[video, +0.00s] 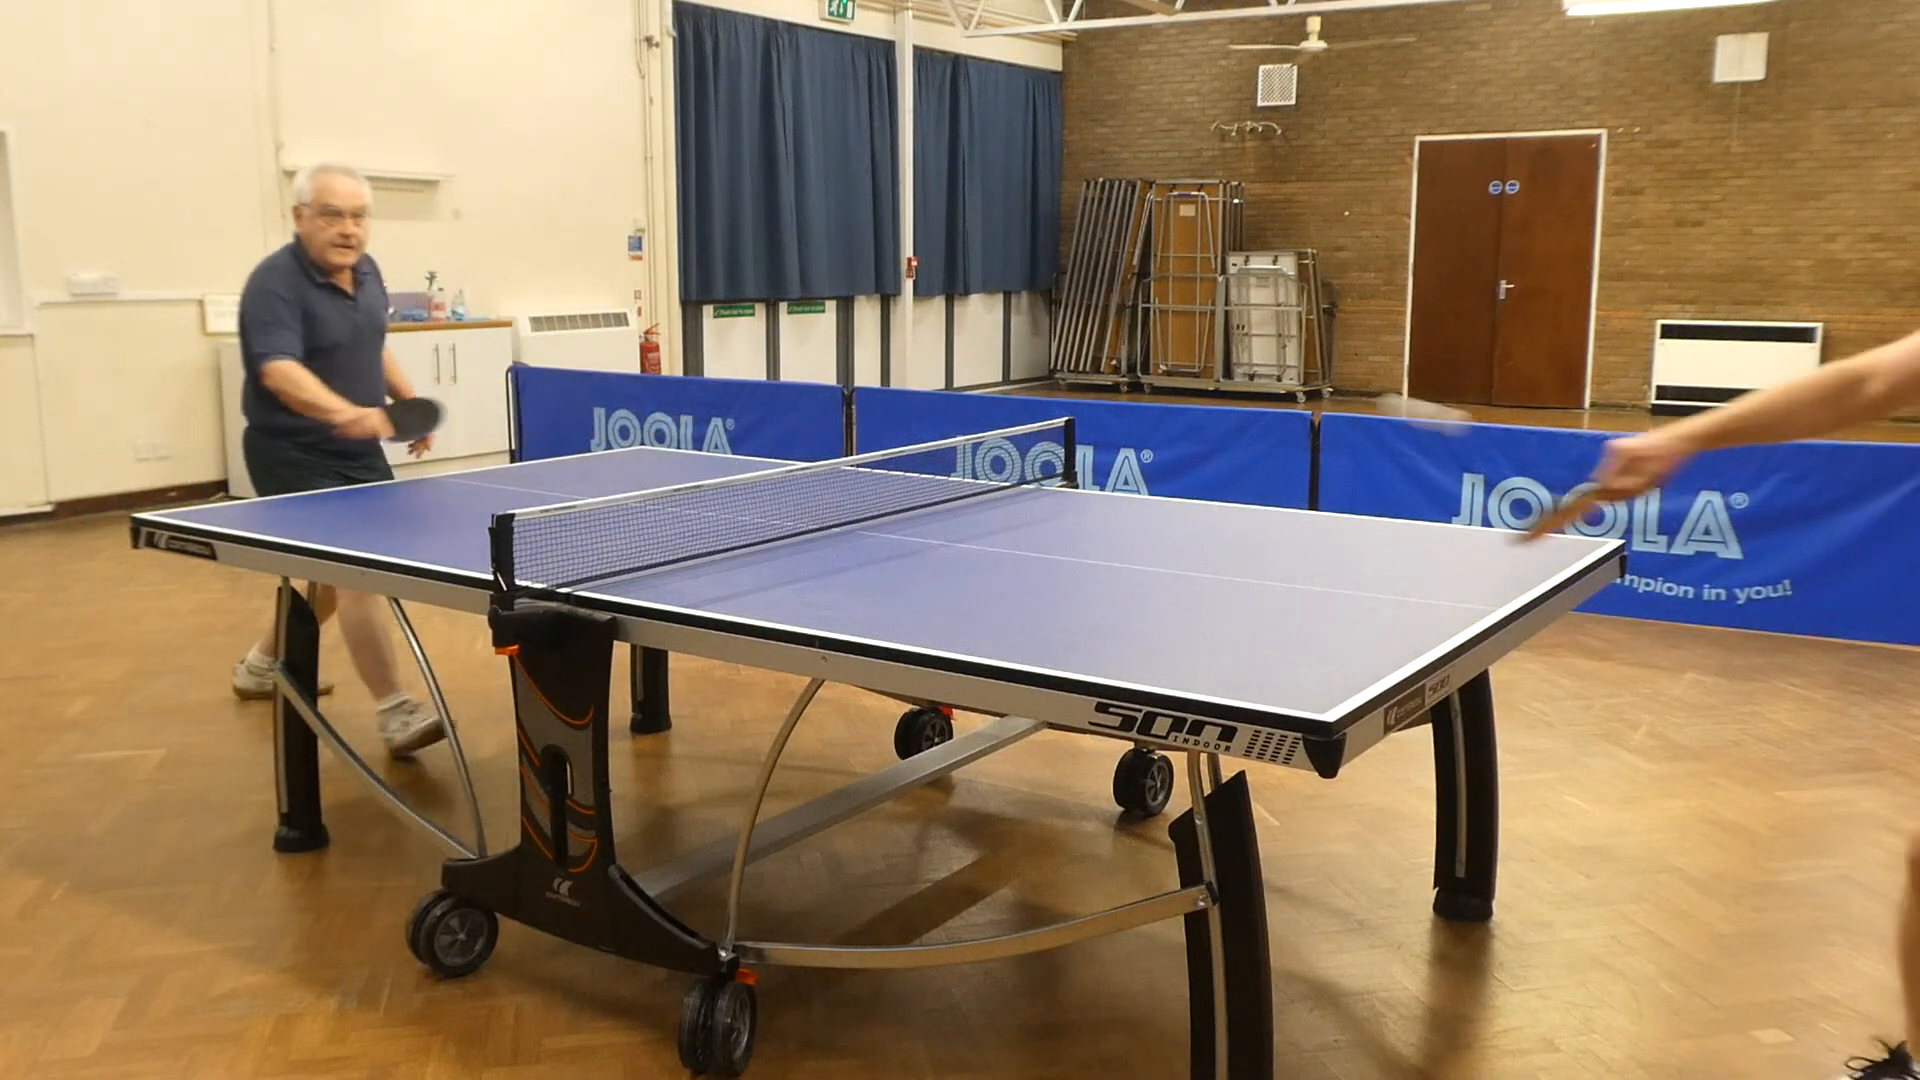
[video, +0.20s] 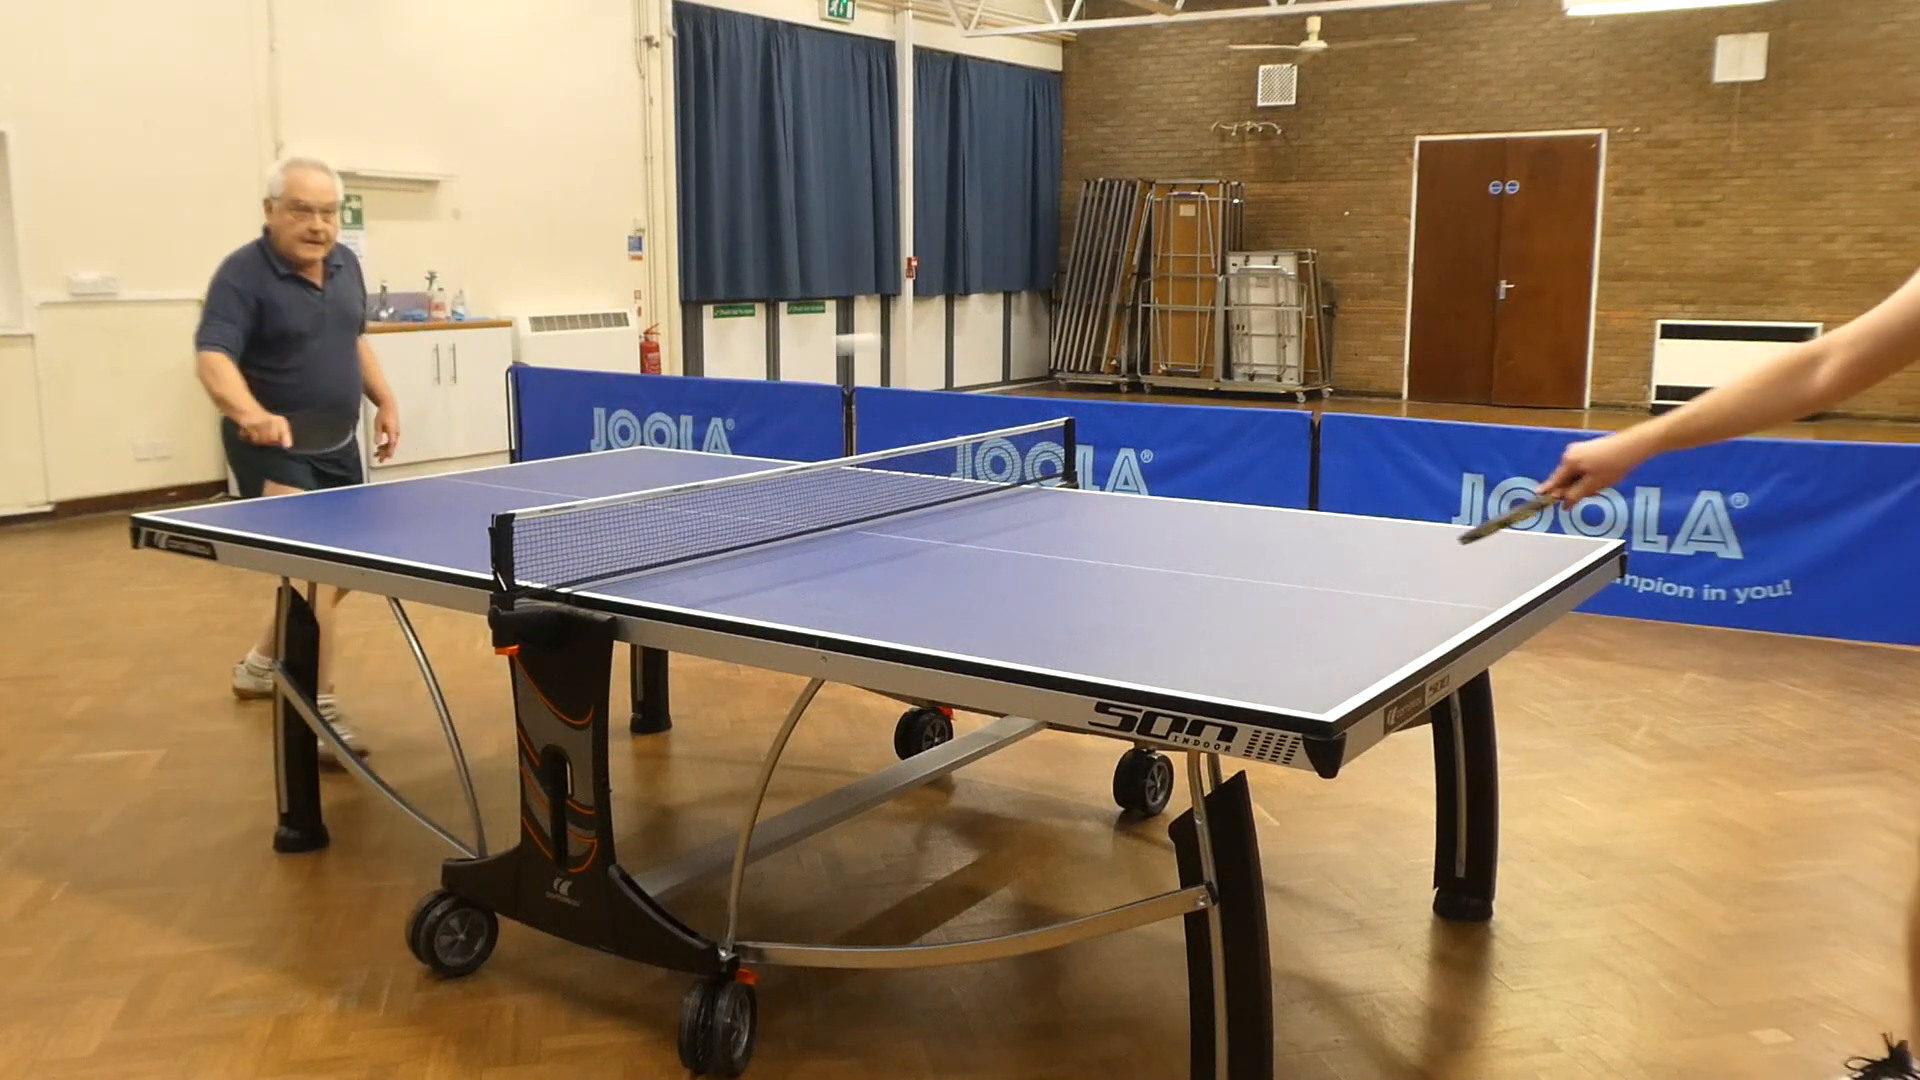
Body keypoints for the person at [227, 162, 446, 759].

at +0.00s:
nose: (348, 228)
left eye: (359, 216)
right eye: (332, 215)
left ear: (369, 222)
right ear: (300, 217)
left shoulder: (367, 274)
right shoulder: (274, 282)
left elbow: (371, 346)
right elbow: (276, 371)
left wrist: (411, 402)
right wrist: (343, 411)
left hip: (360, 446)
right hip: (293, 453)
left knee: (346, 567)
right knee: (356, 567)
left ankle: (263, 659)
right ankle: (395, 708)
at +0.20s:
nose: (316, 224)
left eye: (329, 212)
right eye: (301, 211)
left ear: (340, 215)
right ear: (269, 212)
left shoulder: (345, 264)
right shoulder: (242, 274)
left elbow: (351, 339)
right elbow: (212, 356)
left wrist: (385, 400)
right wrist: (247, 412)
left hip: (338, 442)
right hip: (272, 446)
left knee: (337, 563)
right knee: (319, 567)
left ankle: (263, 661)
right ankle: (315, 707)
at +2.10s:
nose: (301, 214)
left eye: (314, 199)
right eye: (284, 200)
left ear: (330, 195)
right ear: (257, 199)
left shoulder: (346, 242)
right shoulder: (244, 258)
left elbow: (367, 306)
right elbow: (268, 323)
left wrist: (387, 344)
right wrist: (310, 349)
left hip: (335, 436)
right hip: (262, 441)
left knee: (370, 560)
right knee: (284, 573)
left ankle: (311, 635)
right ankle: (273, 716)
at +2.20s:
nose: (325, 203)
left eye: (336, 189)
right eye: (308, 190)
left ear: (349, 188)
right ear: (276, 191)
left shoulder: (359, 238)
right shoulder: (256, 253)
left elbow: (376, 313)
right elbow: (281, 327)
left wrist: (410, 361)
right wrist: (322, 362)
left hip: (348, 432)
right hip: (273, 438)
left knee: (387, 544)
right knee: (287, 571)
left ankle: (374, 660)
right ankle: (273, 717)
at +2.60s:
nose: (336, 182)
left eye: (348, 169)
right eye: (319, 171)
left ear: (363, 170)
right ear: (293, 176)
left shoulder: (391, 231)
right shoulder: (267, 252)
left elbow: (424, 306)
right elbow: (249, 344)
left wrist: (451, 380)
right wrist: (250, 414)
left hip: (384, 430)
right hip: (299, 436)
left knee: (402, 558)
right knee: (297, 571)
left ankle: (406, 672)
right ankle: (287, 710)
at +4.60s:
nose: (386, 227)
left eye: (396, 212)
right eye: (371, 213)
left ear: (406, 212)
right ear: (337, 210)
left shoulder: (408, 258)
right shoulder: (297, 274)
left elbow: (437, 328)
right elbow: (274, 371)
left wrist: (468, 396)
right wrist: (306, 436)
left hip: (389, 434)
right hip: (315, 445)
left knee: (425, 533)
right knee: (315, 564)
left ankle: (420, 647)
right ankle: (296, 676)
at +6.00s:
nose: (403, 237)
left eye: (411, 224)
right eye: (388, 223)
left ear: (419, 224)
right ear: (352, 221)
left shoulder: (415, 271)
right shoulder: (308, 277)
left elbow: (434, 338)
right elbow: (292, 378)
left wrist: (456, 407)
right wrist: (336, 446)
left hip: (375, 424)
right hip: (301, 427)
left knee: (417, 526)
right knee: (302, 554)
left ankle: (419, 646)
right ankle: (282, 681)